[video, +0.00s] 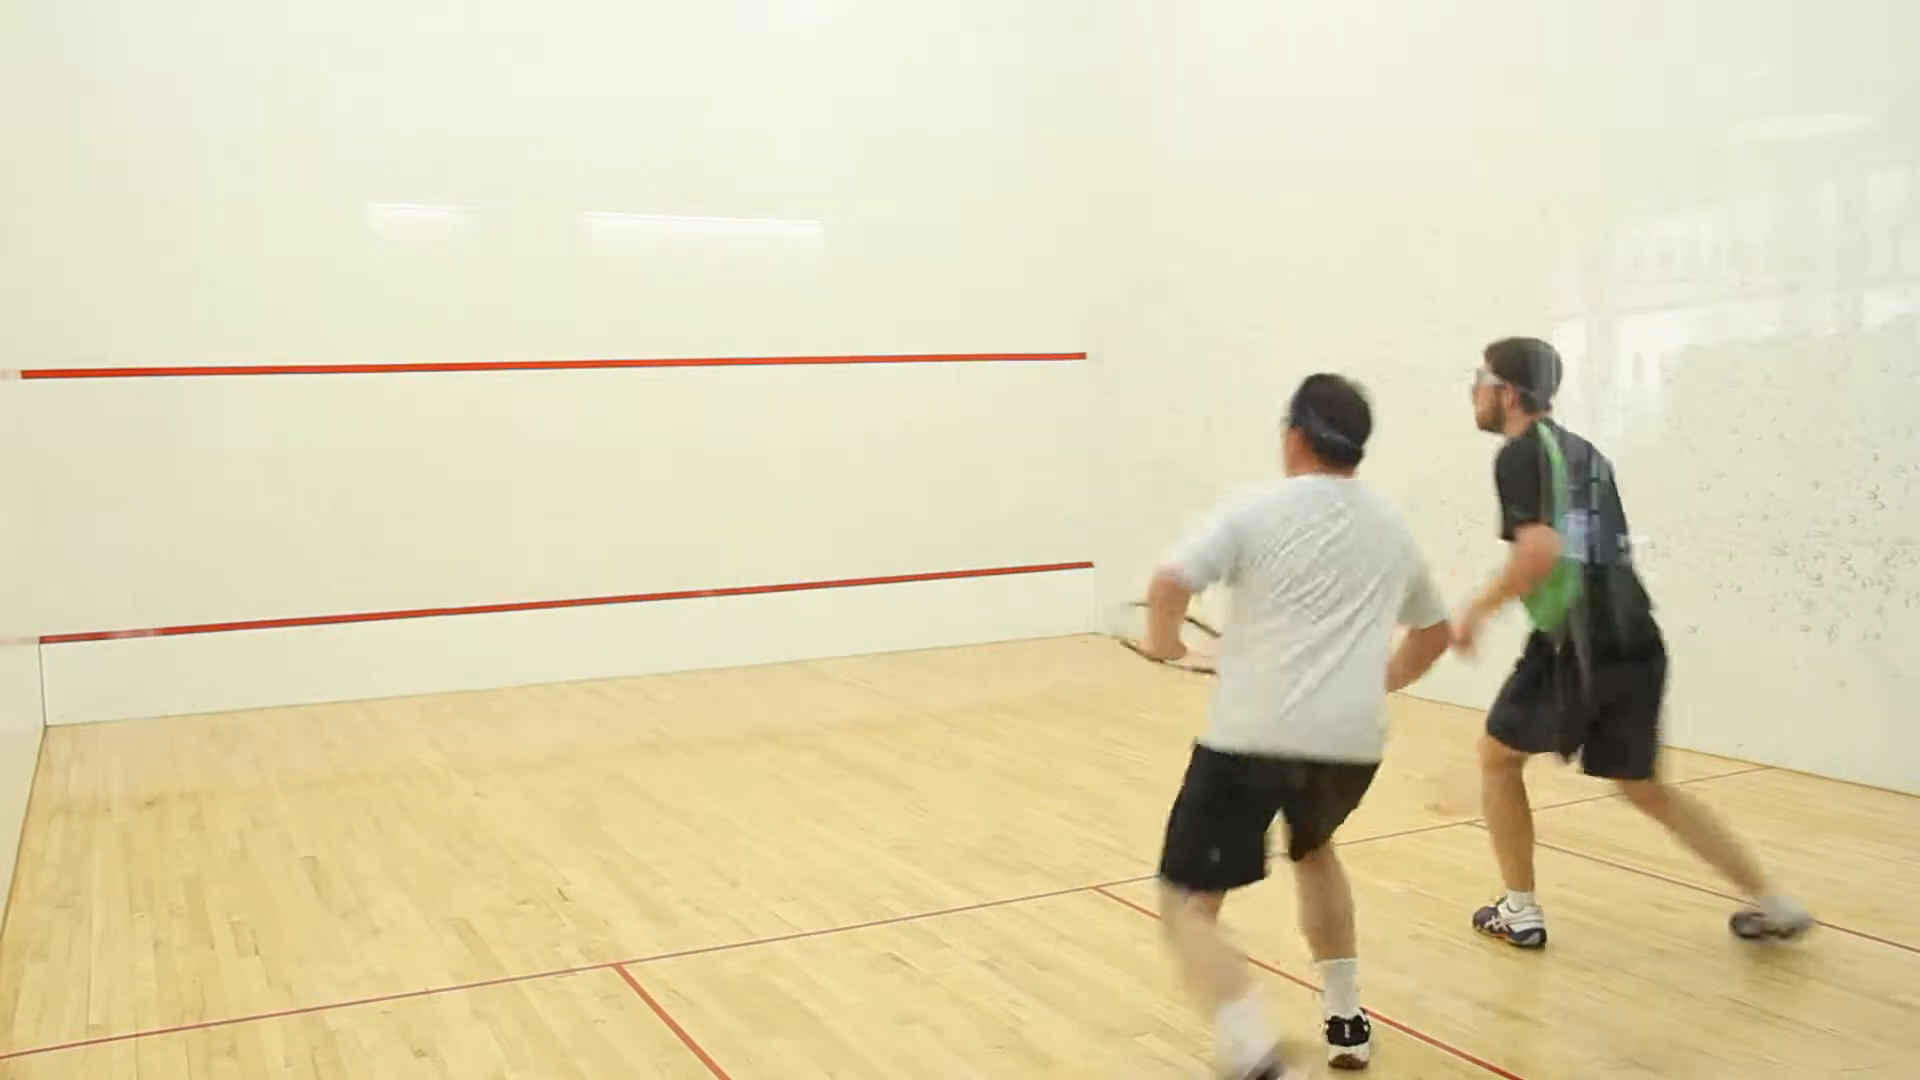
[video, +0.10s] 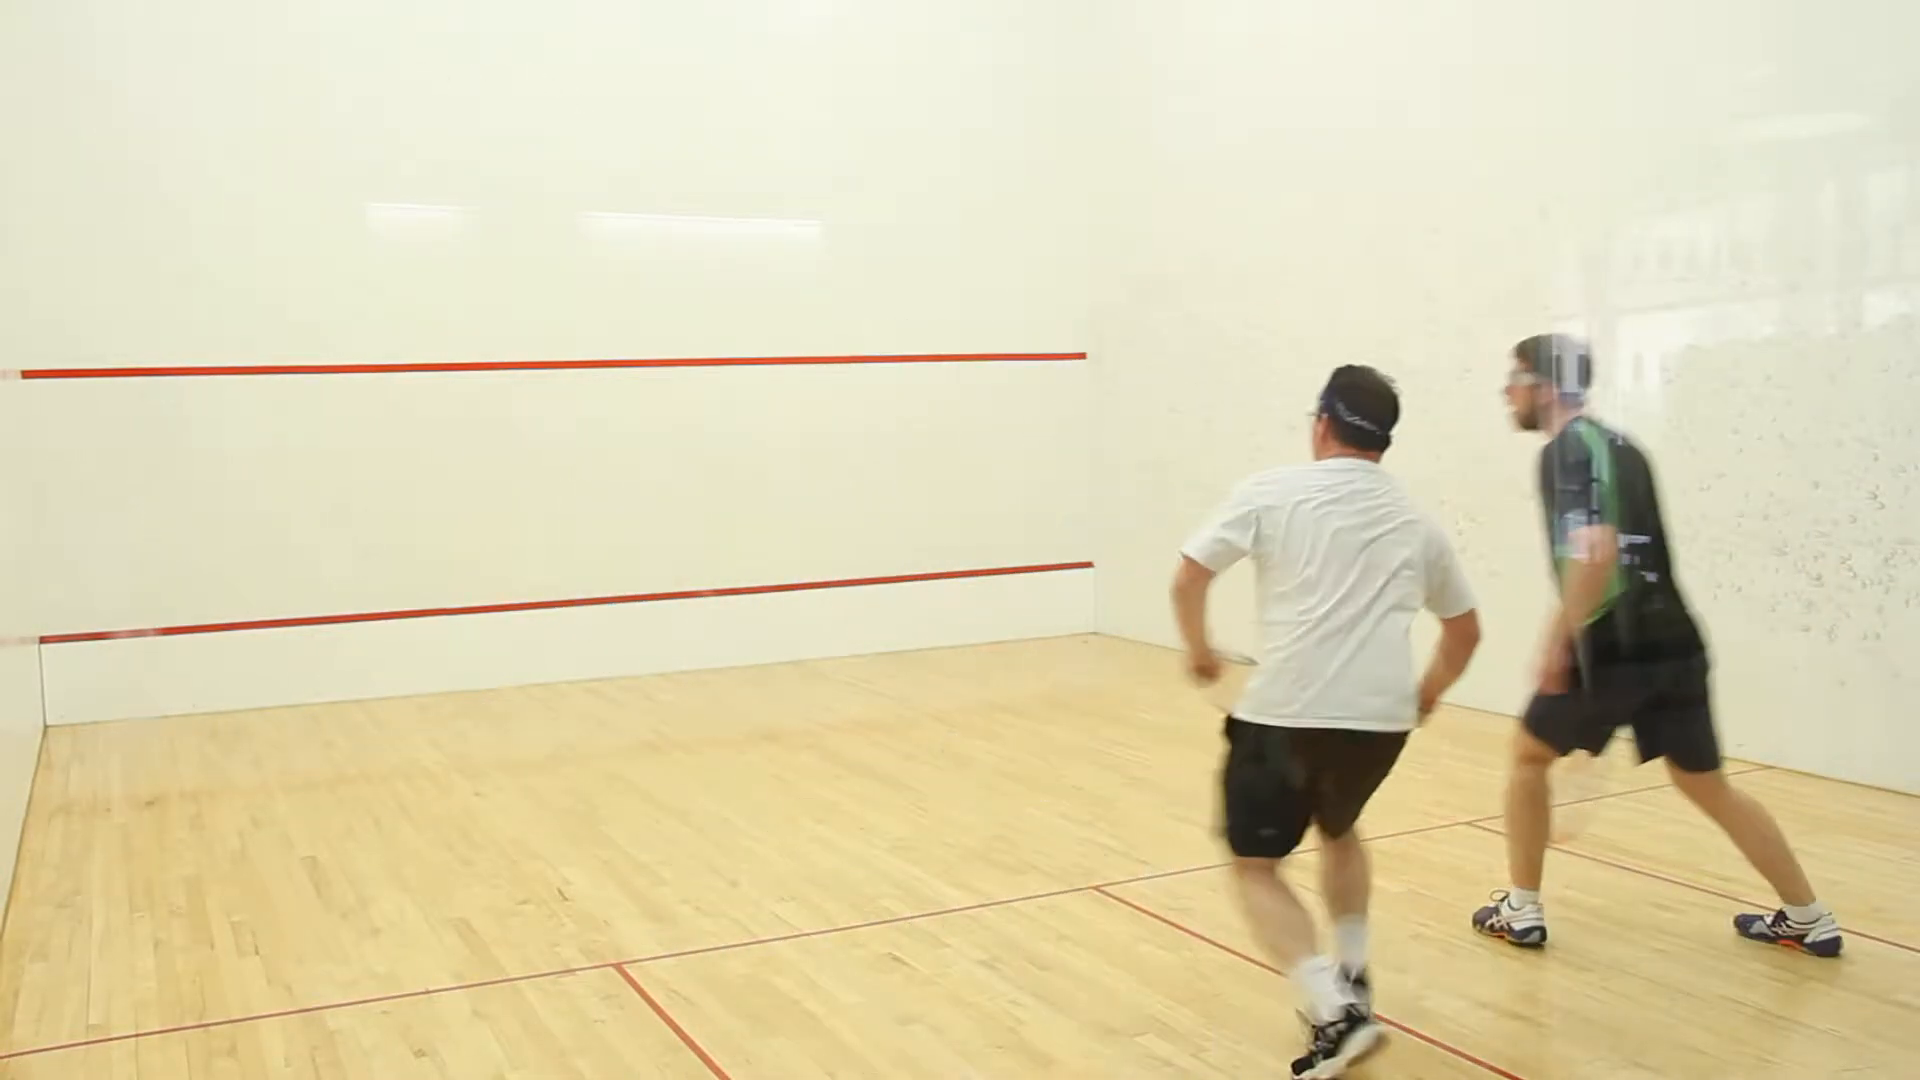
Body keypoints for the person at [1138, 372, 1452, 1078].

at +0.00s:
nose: (1283, 439)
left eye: (1286, 428)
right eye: (1288, 428)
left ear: (1297, 437)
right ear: (1359, 447)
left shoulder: (1259, 508)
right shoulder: (1388, 527)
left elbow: (1170, 581)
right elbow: (1434, 632)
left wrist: (1163, 642)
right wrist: (1380, 680)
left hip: (1250, 741)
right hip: (1349, 744)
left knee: (1188, 904)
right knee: (1313, 847)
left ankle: (1252, 1048)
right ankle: (1346, 1016)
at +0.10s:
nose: (1312, 429)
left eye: (1315, 419)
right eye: (1320, 420)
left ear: (1324, 426)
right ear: (1386, 438)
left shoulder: (1274, 493)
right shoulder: (1413, 519)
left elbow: (1189, 578)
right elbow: (1463, 631)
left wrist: (1199, 650)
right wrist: (1427, 693)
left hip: (1282, 717)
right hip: (1379, 722)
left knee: (1258, 866)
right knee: (1340, 829)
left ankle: (1333, 1011)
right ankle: (1353, 976)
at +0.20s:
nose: (1335, 429)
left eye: (1338, 420)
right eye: (1349, 421)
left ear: (1342, 425)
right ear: (1405, 436)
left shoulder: (1297, 494)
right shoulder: (1435, 507)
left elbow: (1239, 583)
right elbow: (1489, 615)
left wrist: (1290, 602)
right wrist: (1468, 684)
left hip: (1315, 712)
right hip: (1409, 712)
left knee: (1309, 875)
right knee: (1381, 793)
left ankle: (1353, 1026)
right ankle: (1392, 940)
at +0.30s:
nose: (1365, 418)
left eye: (1366, 408)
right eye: (1381, 410)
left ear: (1370, 412)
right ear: (1429, 419)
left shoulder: (1325, 479)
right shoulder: (1462, 489)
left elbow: (1269, 560)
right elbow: (1517, 590)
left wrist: (1312, 591)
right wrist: (1505, 661)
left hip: (1335, 681)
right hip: (1424, 684)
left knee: (1334, 821)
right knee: (1411, 812)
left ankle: (1330, 938)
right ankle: (1396, 960)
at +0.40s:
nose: (1393, 405)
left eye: (1393, 396)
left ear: (1395, 399)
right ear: (1455, 403)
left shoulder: (1363, 457)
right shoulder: (1486, 469)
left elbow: (1281, 511)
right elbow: (1544, 551)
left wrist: (1293, 587)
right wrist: (1555, 626)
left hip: (1360, 647)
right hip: (1443, 654)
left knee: (1355, 773)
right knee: (1422, 806)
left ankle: (1339, 882)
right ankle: (1395, 945)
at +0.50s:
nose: (1434, 397)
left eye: (1428, 386)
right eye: (1462, 393)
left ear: (1422, 389)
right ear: (1476, 396)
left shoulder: (1384, 444)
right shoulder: (1499, 455)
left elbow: (1306, 503)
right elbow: (1575, 515)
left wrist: (1324, 580)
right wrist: (1604, 557)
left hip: (1386, 629)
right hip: (1469, 635)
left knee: (1374, 738)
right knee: (1439, 759)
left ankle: (1391, 861)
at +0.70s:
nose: (1528, 431)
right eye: (1537, 424)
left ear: (1494, 414)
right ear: (1542, 426)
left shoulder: (1443, 449)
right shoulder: (1542, 476)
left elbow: (1365, 473)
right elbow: (1612, 531)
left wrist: (1351, 543)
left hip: (1416, 619)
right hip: (1489, 628)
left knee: (1403, 744)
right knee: (1496, 688)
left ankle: (1398, 854)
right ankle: (1495, 781)